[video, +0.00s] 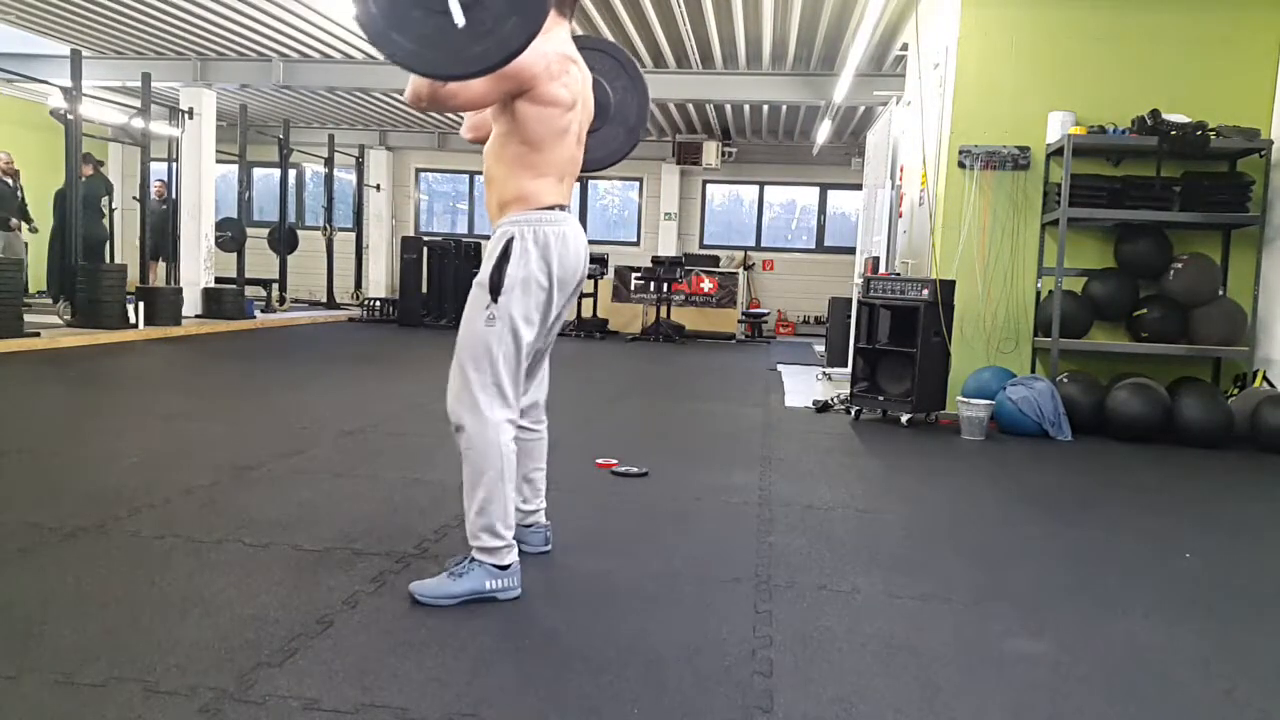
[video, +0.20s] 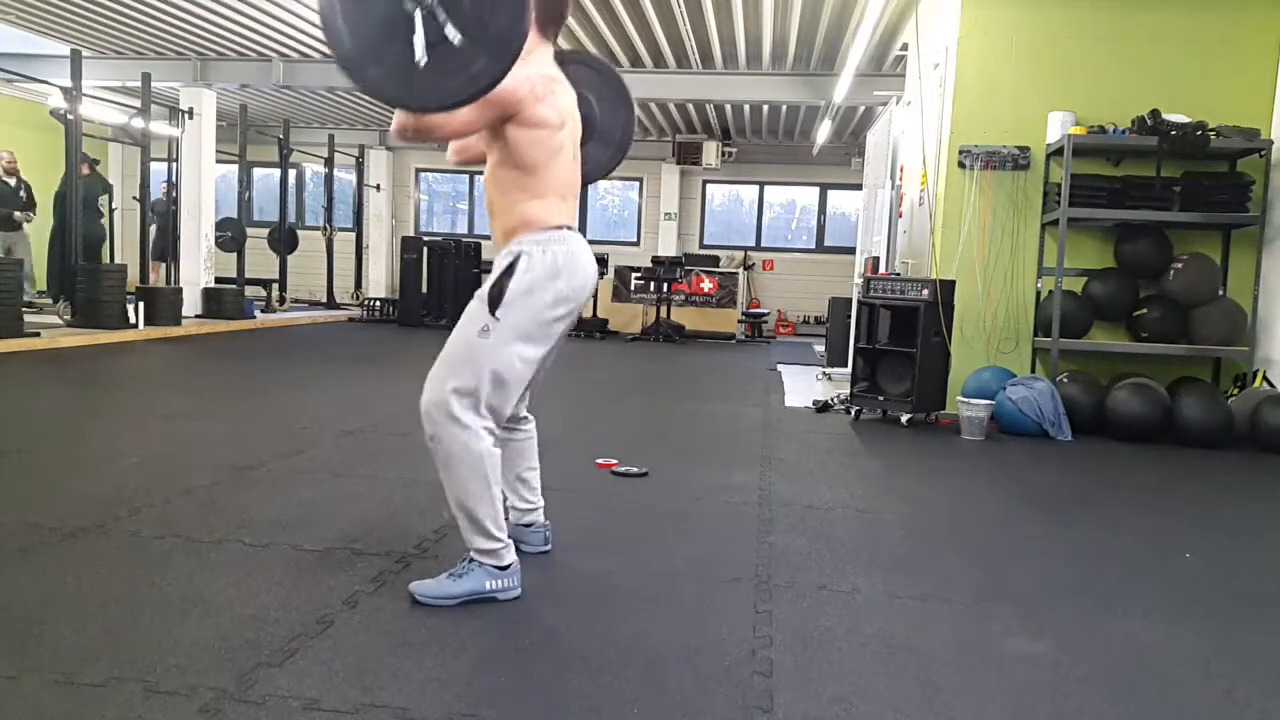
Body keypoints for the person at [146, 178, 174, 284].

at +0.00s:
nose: (157, 189)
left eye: (160, 187)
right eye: (155, 187)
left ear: (165, 189)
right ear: (152, 189)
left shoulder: (172, 203)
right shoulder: (149, 203)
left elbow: (176, 220)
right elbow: (144, 220)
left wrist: (175, 235)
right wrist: (142, 236)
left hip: (168, 237)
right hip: (152, 237)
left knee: (170, 264)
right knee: (152, 265)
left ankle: (171, 287)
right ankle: (150, 288)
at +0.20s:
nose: (165, 191)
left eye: (168, 188)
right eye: (163, 188)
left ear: (173, 189)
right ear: (160, 189)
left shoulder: (177, 202)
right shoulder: (155, 203)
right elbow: (149, 220)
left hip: (175, 234)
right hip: (160, 233)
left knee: (176, 263)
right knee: (155, 263)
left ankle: (177, 289)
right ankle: (152, 288)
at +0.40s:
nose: (169, 192)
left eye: (172, 189)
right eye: (167, 189)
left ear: (176, 190)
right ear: (165, 189)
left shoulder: (180, 203)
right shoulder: (160, 204)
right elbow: (150, 218)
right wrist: (162, 221)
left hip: (179, 237)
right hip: (165, 237)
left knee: (180, 266)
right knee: (158, 266)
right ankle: (152, 287)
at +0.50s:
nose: (171, 192)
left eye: (174, 189)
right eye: (169, 189)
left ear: (177, 190)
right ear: (166, 190)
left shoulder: (181, 203)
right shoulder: (161, 204)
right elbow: (152, 219)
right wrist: (164, 222)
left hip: (179, 237)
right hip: (166, 236)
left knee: (178, 264)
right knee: (160, 264)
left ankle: (177, 289)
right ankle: (153, 288)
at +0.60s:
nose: (173, 192)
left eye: (175, 189)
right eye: (171, 189)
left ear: (178, 190)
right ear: (167, 190)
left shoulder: (181, 204)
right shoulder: (163, 204)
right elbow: (155, 218)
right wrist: (165, 222)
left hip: (179, 236)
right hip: (167, 235)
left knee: (177, 264)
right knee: (160, 264)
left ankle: (177, 288)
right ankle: (153, 287)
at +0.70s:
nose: (174, 191)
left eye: (175, 189)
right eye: (172, 189)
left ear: (178, 190)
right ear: (169, 190)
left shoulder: (182, 203)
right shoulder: (164, 203)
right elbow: (160, 217)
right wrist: (162, 229)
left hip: (179, 235)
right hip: (167, 234)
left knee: (177, 263)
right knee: (160, 263)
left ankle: (178, 287)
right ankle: (153, 287)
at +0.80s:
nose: (173, 191)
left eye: (175, 189)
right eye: (172, 189)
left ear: (178, 190)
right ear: (169, 189)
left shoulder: (181, 204)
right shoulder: (164, 203)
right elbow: (163, 218)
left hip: (179, 234)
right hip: (167, 233)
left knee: (177, 262)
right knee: (160, 262)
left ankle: (175, 288)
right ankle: (153, 287)